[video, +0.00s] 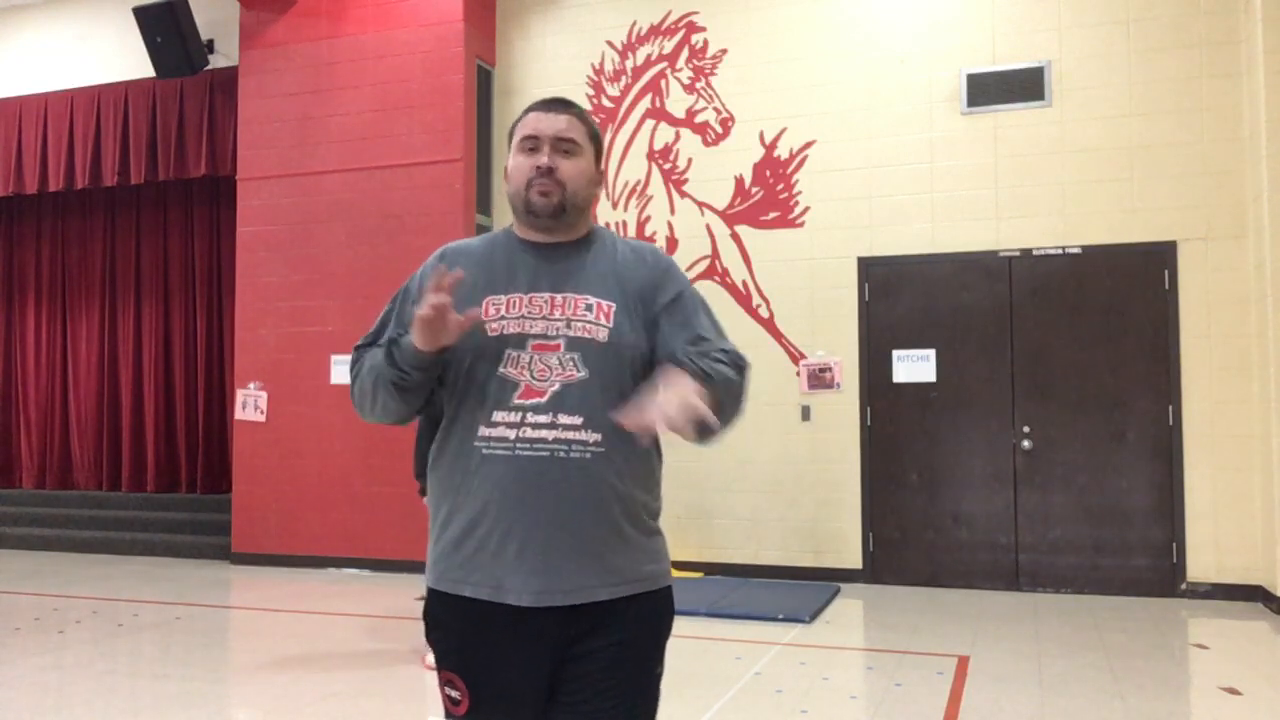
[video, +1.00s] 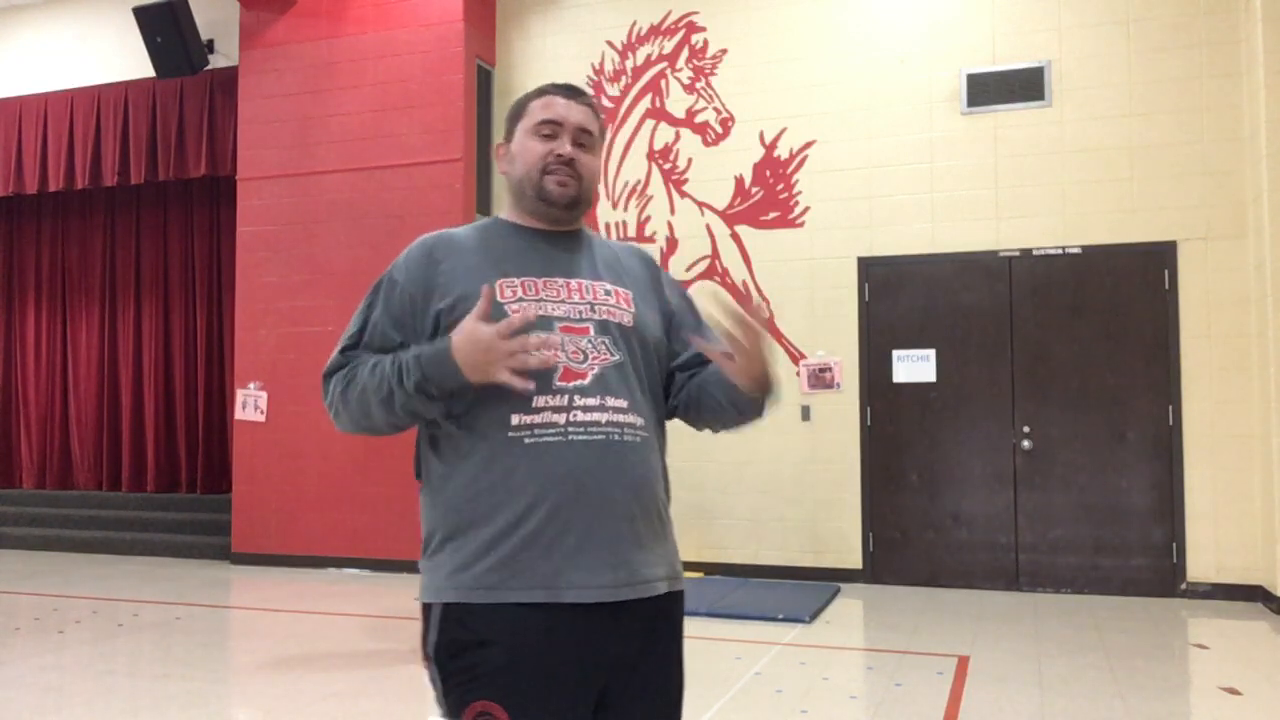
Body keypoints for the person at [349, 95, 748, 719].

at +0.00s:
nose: (545, 161)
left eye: (566, 149)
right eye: (529, 147)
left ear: (597, 177)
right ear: (507, 170)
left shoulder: (647, 271)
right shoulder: (451, 269)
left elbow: (719, 369)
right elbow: (372, 397)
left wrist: (683, 389)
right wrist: (419, 351)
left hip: (617, 590)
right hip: (478, 590)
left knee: (610, 710)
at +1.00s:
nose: (566, 149)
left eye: (584, 141)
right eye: (546, 132)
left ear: (601, 172)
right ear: (505, 154)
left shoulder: (643, 274)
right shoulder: (437, 261)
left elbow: (692, 387)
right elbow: (347, 392)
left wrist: (747, 388)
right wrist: (450, 363)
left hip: (638, 595)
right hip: (493, 596)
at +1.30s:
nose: (510, 139)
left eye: (525, 131)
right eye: (488, 124)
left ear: (540, 160)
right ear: (443, 152)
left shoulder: (579, 271)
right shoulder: (385, 259)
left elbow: (622, 404)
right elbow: (304, 392)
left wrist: (683, 455)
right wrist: (427, 387)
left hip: (583, 594)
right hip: (436, 594)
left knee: (593, 711)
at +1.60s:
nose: (476, 163)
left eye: (487, 152)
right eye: (456, 145)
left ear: (497, 170)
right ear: (401, 161)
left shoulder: (521, 279)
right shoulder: (339, 266)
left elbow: (556, 399)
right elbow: (257, 398)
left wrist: (612, 419)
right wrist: (389, 393)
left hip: (517, 597)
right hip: (377, 594)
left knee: (525, 710)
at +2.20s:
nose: (483, 164)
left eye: (488, 148)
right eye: (456, 157)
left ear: (505, 161)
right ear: (422, 189)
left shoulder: (542, 278)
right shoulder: (377, 268)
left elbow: (575, 372)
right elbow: (310, 396)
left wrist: (596, 391)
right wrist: (396, 479)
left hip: (533, 581)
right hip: (412, 579)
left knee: (528, 712)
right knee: (397, 710)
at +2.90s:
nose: (542, 181)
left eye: (552, 168)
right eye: (519, 171)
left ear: (571, 188)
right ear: (485, 199)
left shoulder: (603, 288)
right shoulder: (439, 273)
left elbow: (657, 402)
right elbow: (381, 403)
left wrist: (651, 365)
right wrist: (395, 523)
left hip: (583, 570)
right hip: (469, 567)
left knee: (569, 713)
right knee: (462, 711)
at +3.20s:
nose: (534, 181)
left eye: (548, 171)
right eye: (514, 170)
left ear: (567, 194)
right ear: (483, 197)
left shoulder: (609, 285)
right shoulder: (433, 272)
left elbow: (704, 350)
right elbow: (360, 377)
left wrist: (684, 339)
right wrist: (435, 431)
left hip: (580, 570)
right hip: (463, 565)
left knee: (568, 713)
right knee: (465, 711)